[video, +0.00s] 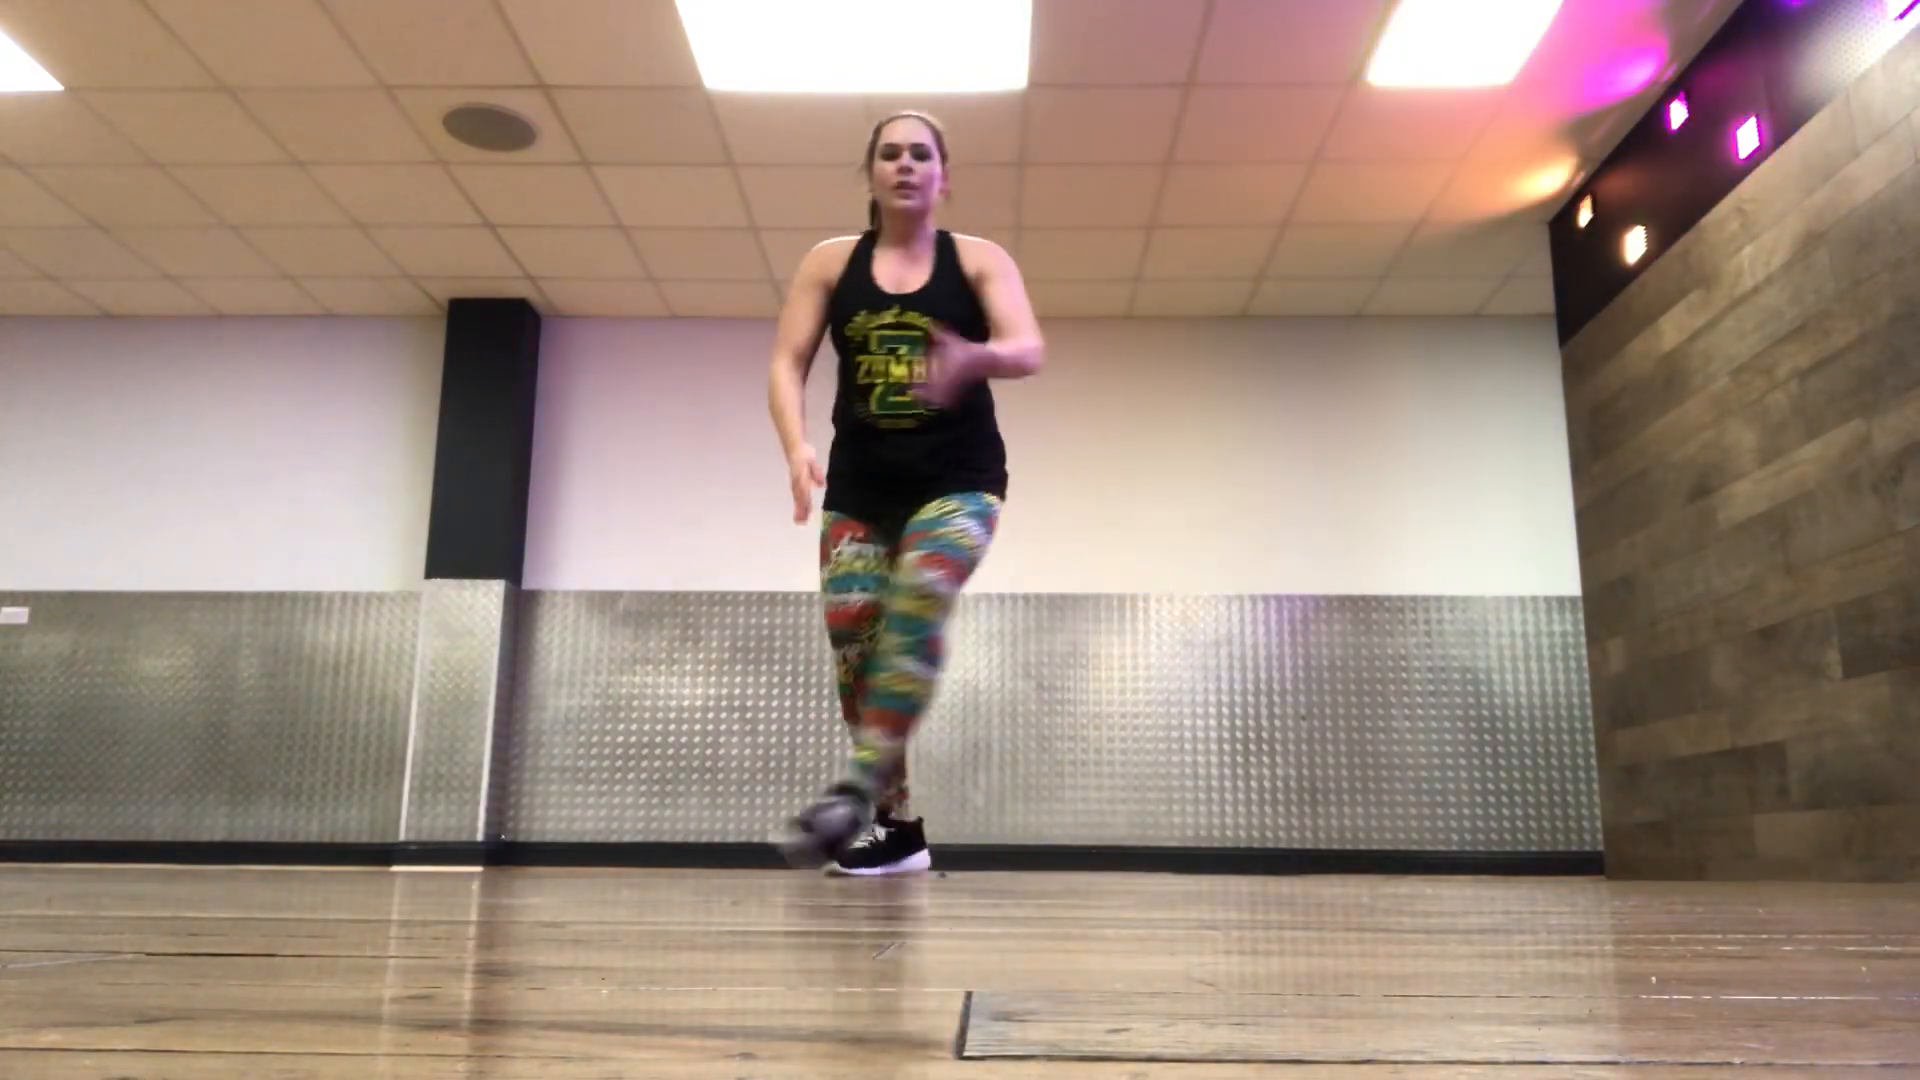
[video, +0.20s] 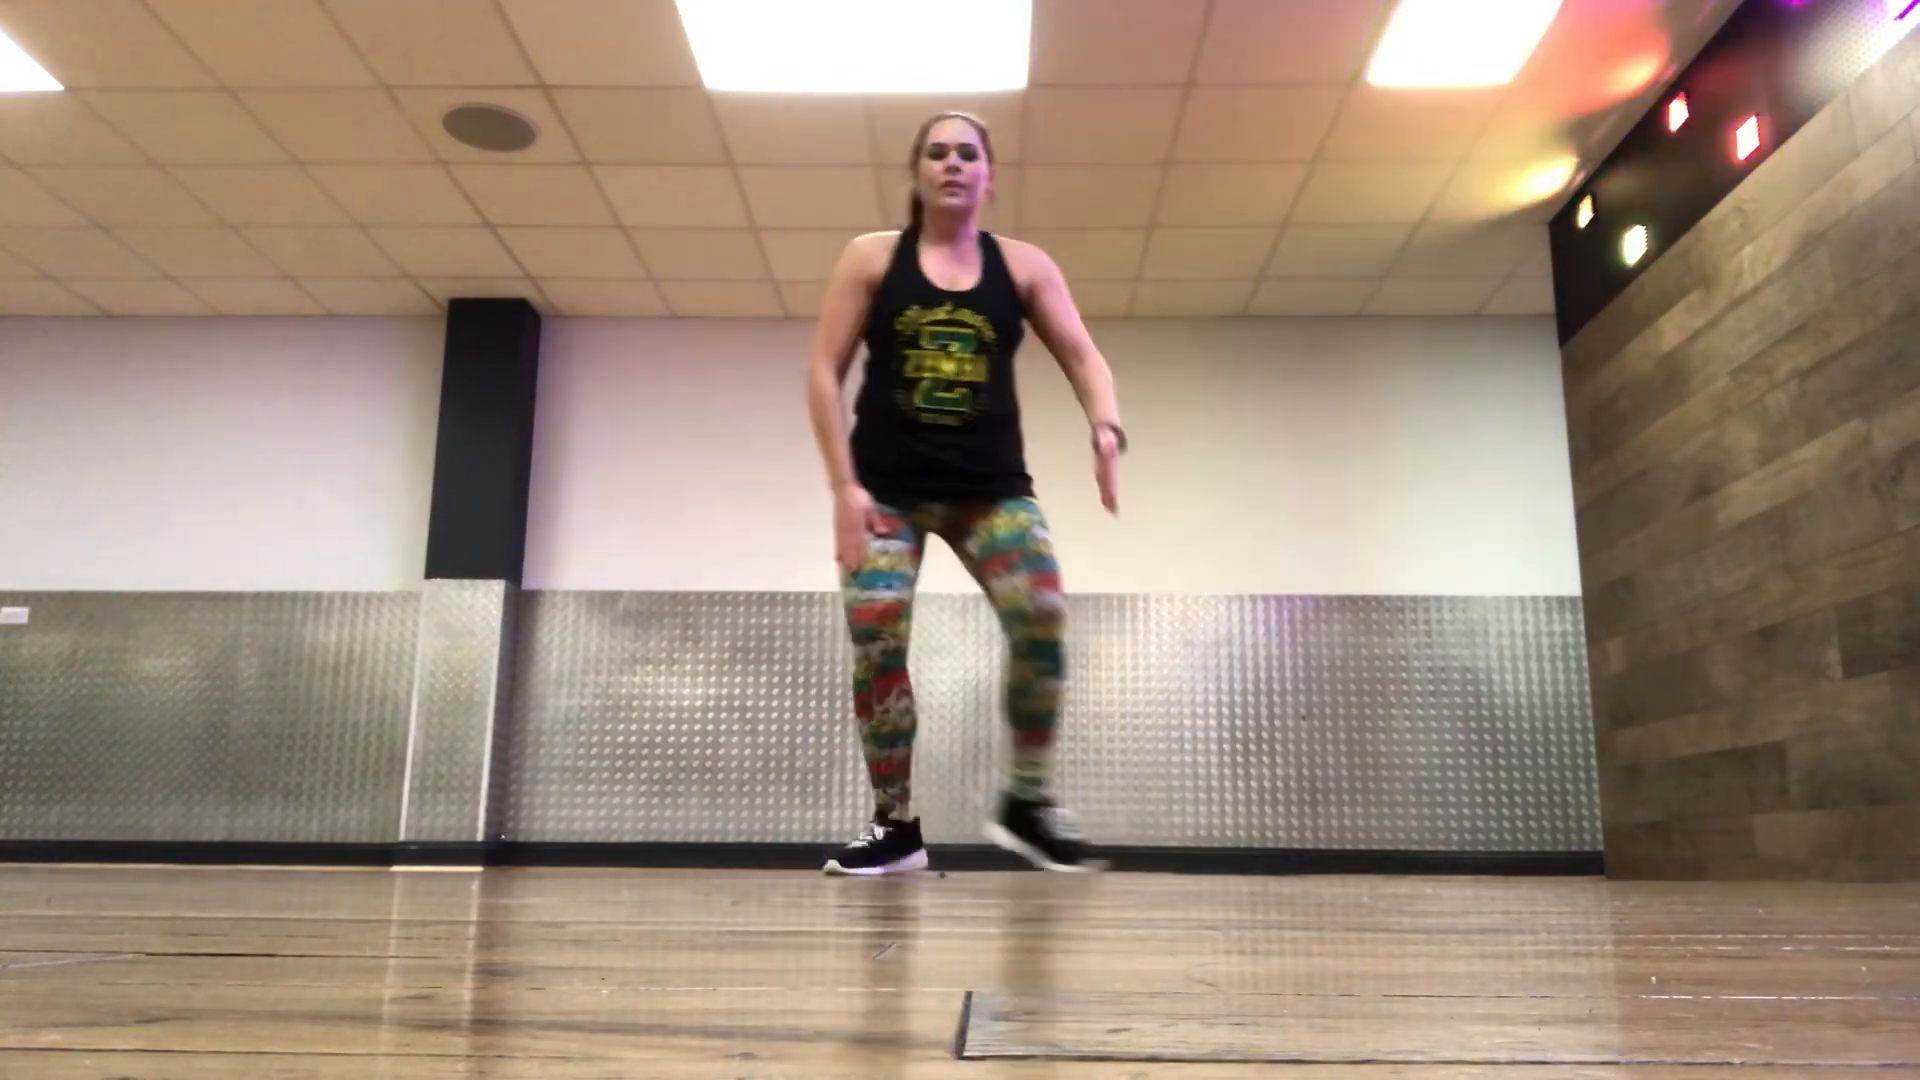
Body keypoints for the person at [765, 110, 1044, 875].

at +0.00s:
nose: (907, 165)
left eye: (921, 154)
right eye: (892, 154)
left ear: (943, 175)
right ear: (869, 175)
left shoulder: (981, 261)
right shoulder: (831, 262)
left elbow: (1028, 350)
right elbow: (788, 364)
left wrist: (973, 357)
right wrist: (797, 448)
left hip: (957, 481)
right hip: (860, 484)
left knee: (915, 609)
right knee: (853, 634)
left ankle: (856, 791)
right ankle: (897, 826)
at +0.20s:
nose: (954, 164)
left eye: (968, 154)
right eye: (938, 153)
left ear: (990, 175)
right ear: (914, 173)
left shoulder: (1023, 265)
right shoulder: (872, 259)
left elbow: (1080, 355)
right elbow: (824, 371)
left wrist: (1106, 422)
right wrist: (843, 487)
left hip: (991, 490)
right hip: (887, 488)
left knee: (1041, 617)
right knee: (873, 638)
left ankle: (1027, 802)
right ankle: (896, 826)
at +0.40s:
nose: (1015, 178)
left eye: (1029, 167)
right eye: (1000, 168)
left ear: (1050, 187)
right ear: (975, 187)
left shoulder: (1078, 282)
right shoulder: (941, 265)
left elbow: (1111, 384)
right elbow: (894, 369)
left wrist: (1117, 472)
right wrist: (970, 453)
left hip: (1046, 485)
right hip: (951, 481)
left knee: (1092, 634)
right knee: (941, 623)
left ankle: (1049, 826)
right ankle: (895, 812)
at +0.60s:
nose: (1058, 175)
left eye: (1071, 165)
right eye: (1043, 165)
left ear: (1092, 185)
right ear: (1018, 184)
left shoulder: (1116, 279)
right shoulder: (990, 258)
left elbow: (1136, 389)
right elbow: (1025, 356)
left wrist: (1105, 433)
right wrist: (1150, 394)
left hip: (1081, 480)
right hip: (990, 473)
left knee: (1107, 635)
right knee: (1016, 584)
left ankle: (1052, 823)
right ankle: (1015, 799)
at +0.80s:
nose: (1074, 174)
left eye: (1087, 165)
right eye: (1058, 165)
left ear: (1107, 188)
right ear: (1032, 186)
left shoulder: (1129, 279)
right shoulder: (1007, 255)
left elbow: (1155, 376)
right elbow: (1053, 353)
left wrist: (1114, 402)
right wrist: (1169, 411)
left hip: (1108, 482)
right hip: (1020, 481)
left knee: (1151, 627)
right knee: (1086, 609)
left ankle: (1071, 805)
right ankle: (1127, 812)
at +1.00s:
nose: (1071, 181)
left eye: (1084, 170)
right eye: (1056, 172)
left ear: (1106, 189)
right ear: (1034, 193)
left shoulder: (1148, 277)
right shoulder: (997, 273)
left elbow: (1183, 388)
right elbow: (947, 368)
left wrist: (1141, 467)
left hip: (1119, 491)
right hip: (1023, 490)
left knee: (1120, 655)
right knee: (1052, 615)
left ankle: (1104, 816)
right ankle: (1108, 804)